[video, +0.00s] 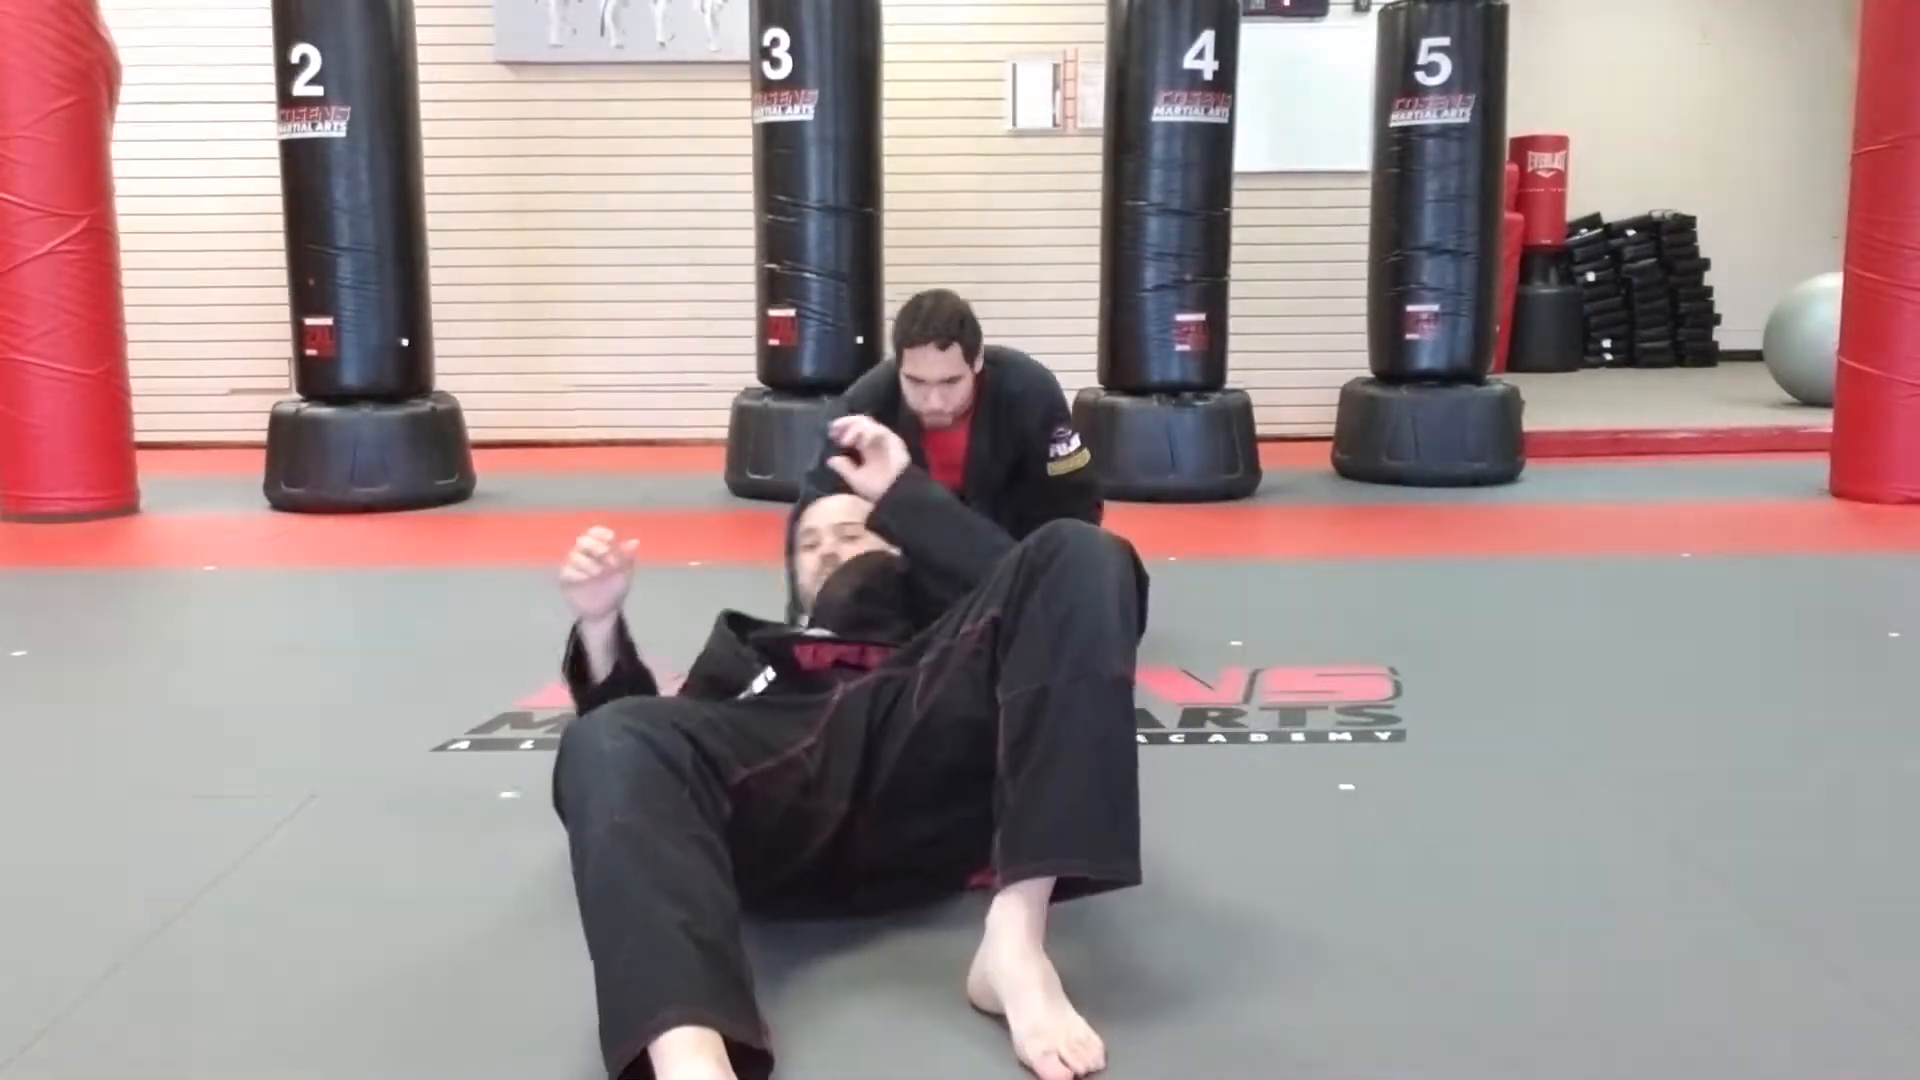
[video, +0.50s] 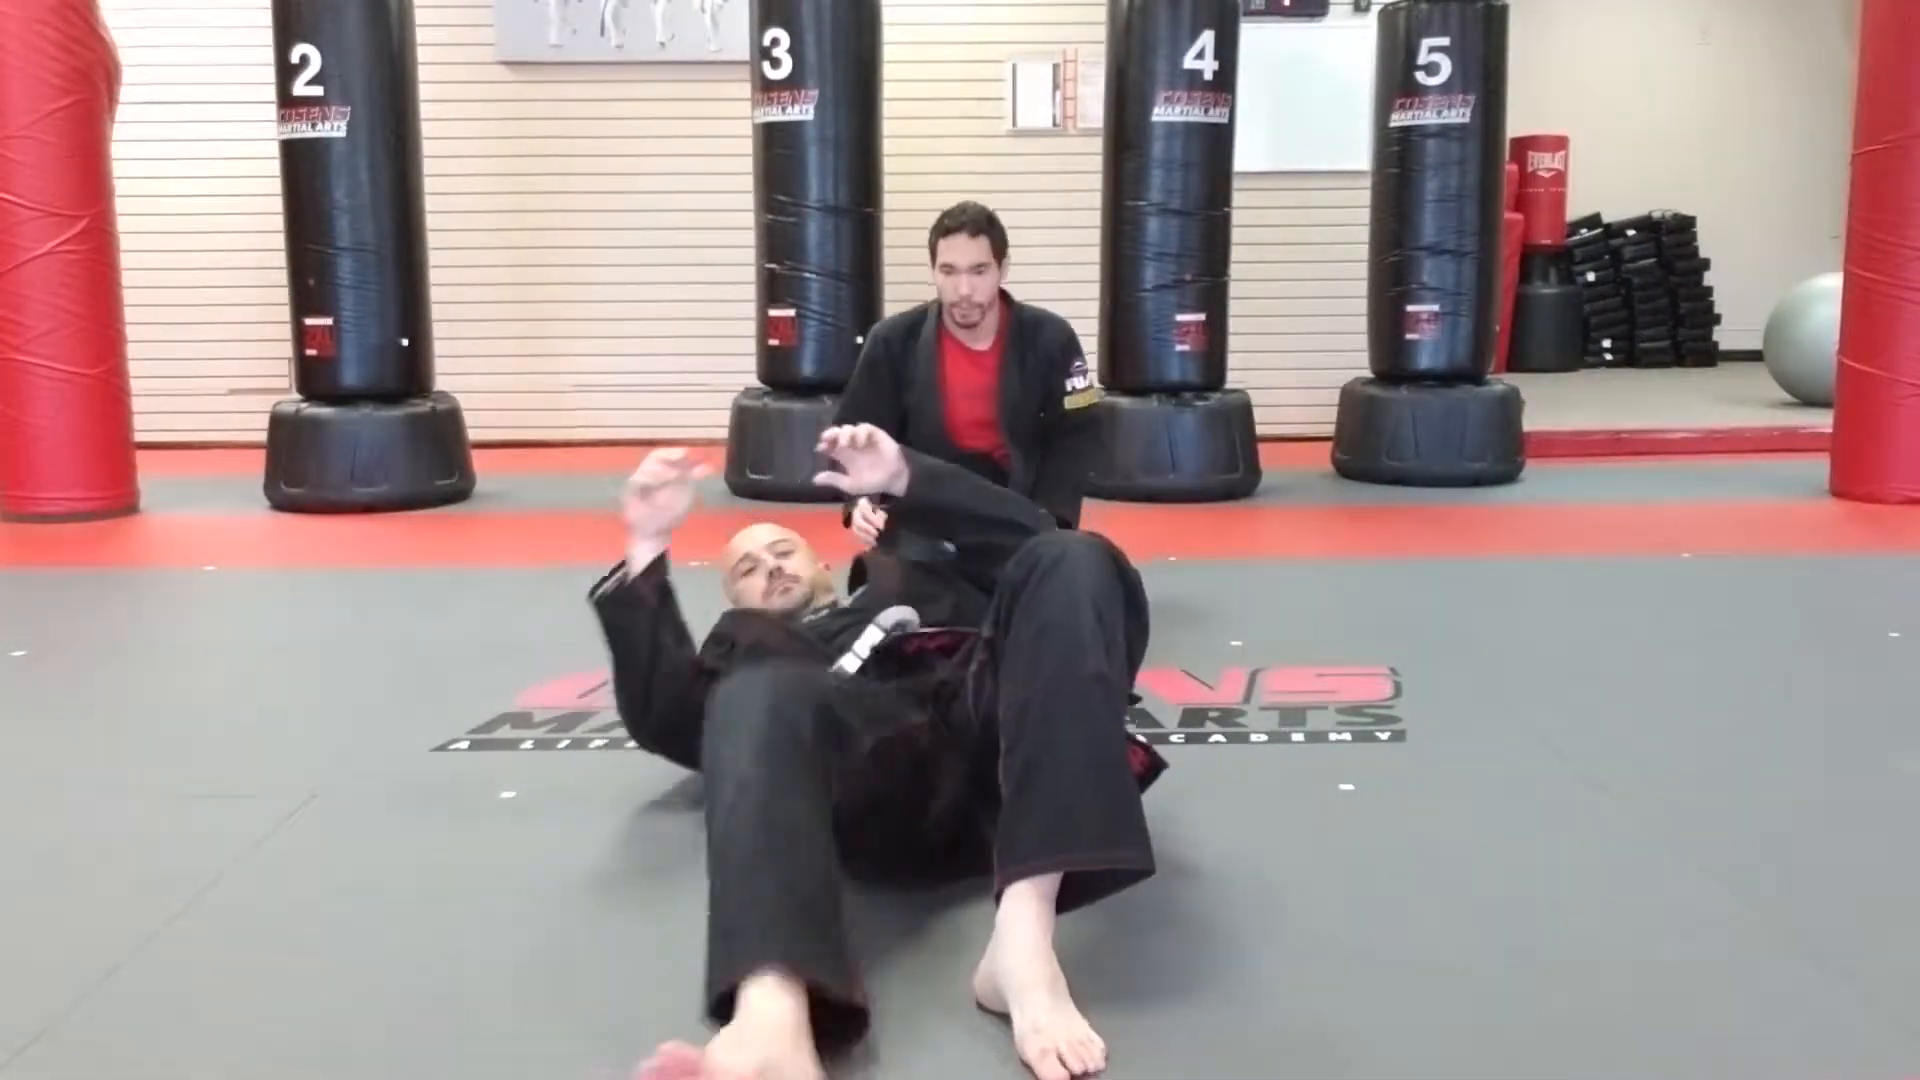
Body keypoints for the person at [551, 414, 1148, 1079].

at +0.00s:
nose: (834, 545)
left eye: (856, 531)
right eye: (812, 542)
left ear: (901, 548)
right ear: (793, 580)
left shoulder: (953, 642)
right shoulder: (747, 654)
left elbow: (1035, 580)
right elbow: (637, 740)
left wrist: (906, 494)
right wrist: (601, 625)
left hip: (933, 757)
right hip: (765, 765)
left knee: (1083, 556)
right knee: (612, 743)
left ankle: (1017, 936)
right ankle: (689, 1056)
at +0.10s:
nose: (782, 555)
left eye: (803, 540)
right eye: (763, 550)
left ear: (853, 556)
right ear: (749, 582)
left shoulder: (920, 626)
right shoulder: (724, 661)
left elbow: (1020, 564)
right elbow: (638, 762)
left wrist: (863, 481)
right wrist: (578, 643)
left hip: (933, 748)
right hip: (774, 778)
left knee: (1080, 555)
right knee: (625, 752)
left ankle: (1016, 935)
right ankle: (688, 1055)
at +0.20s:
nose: (752, 562)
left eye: (768, 543)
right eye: (732, 563)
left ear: (814, 547)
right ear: (725, 596)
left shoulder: (874, 579)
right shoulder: (721, 670)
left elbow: (1003, 551)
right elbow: (638, 768)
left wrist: (845, 481)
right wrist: (569, 639)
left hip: (949, 721)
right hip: (805, 772)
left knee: (1068, 552)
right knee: (659, 770)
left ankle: (1016, 934)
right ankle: (693, 1057)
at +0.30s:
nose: (743, 567)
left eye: (755, 549)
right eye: (722, 572)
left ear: (799, 555)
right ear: (716, 611)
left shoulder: (873, 571)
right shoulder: (719, 673)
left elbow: (998, 531)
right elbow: (654, 772)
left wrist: (846, 476)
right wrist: (574, 625)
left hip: (963, 698)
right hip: (832, 749)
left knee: (1061, 549)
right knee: (697, 793)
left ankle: (1017, 932)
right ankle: (699, 1057)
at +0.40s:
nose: (747, 567)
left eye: (760, 550)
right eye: (725, 572)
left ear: (803, 555)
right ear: (717, 611)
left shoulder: (880, 569)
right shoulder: (727, 668)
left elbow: (1006, 525)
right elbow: (656, 754)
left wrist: (868, 472)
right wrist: (597, 594)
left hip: (990, 683)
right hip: (858, 733)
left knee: (1058, 549)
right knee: (744, 801)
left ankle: (1021, 929)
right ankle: (722, 1053)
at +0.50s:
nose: (768, 563)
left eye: (781, 550)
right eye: (745, 567)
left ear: (819, 559)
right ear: (732, 606)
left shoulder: (902, 579)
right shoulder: (741, 653)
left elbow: (1038, 542)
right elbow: (662, 716)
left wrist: (906, 479)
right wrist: (646, 552)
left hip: (1006, 731)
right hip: (874, 775)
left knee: (1074, 557)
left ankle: (1026, 936)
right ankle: (769, 1012)